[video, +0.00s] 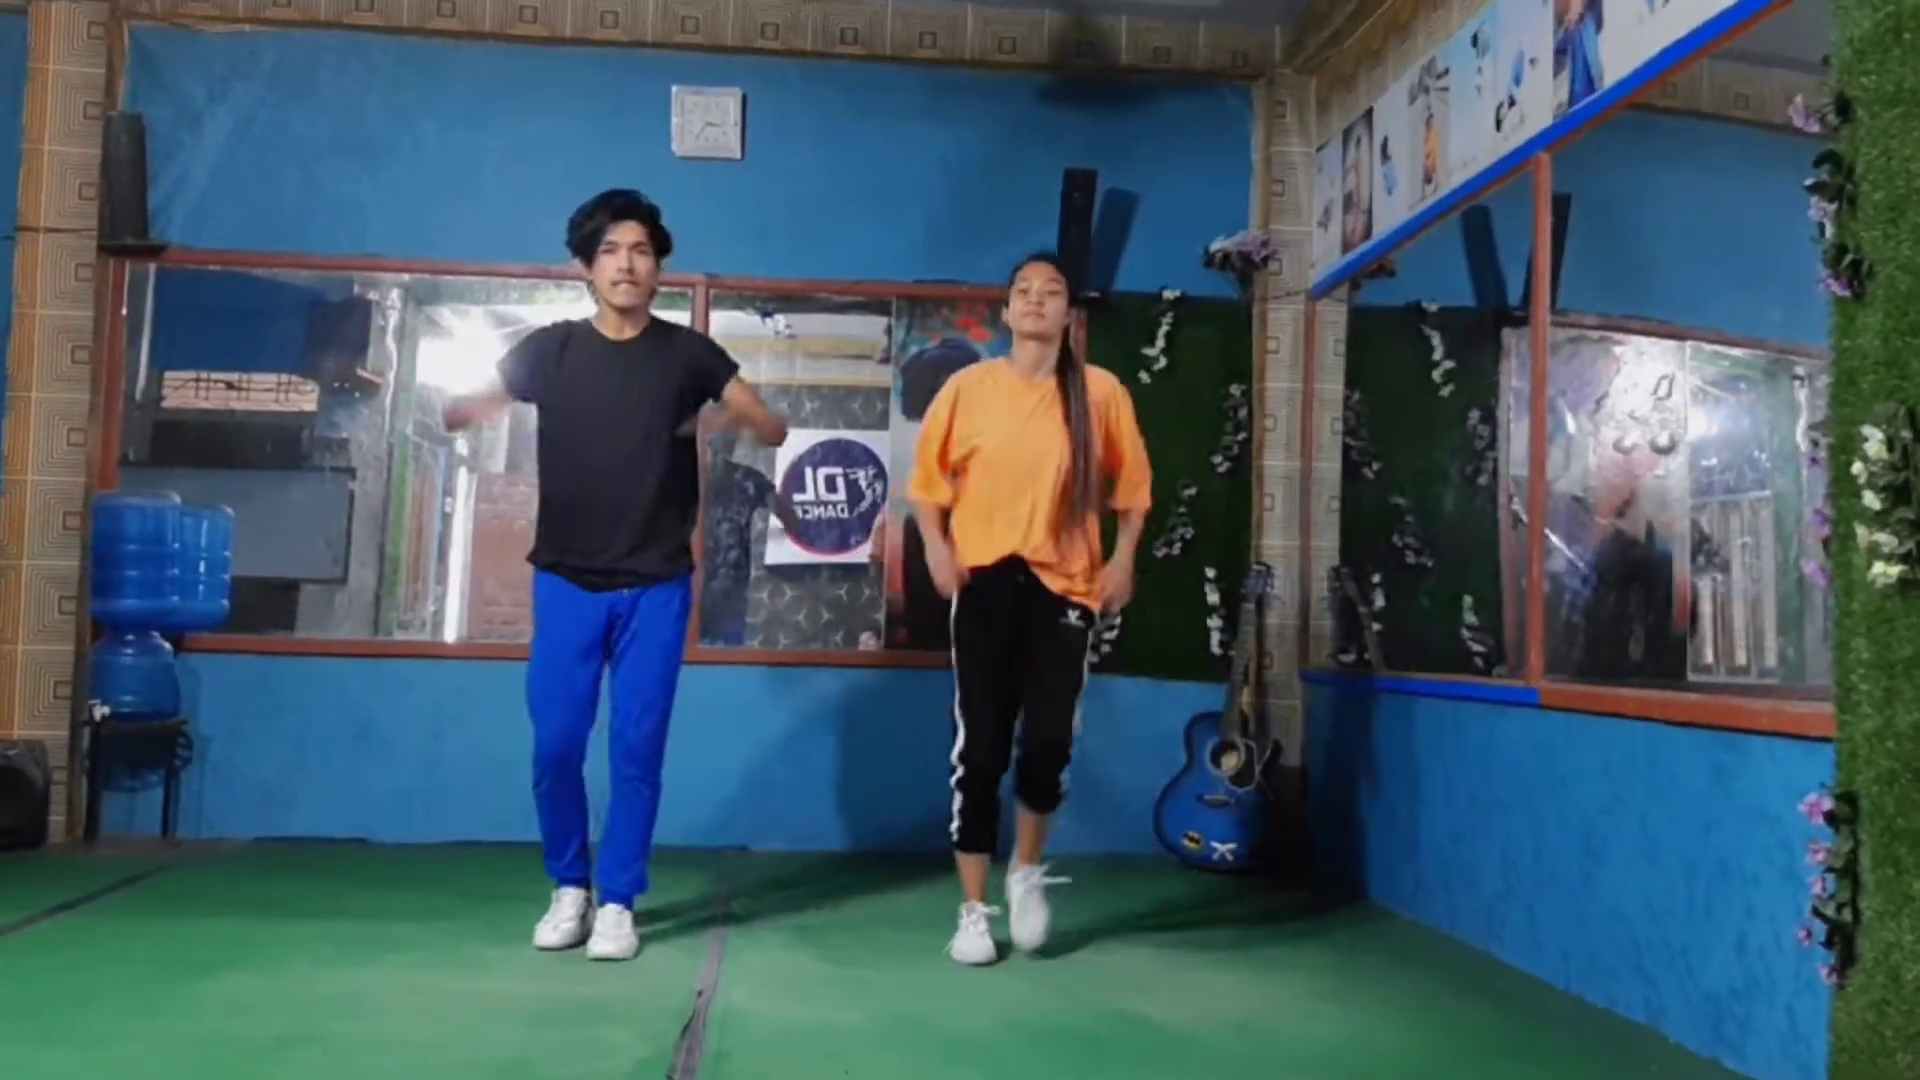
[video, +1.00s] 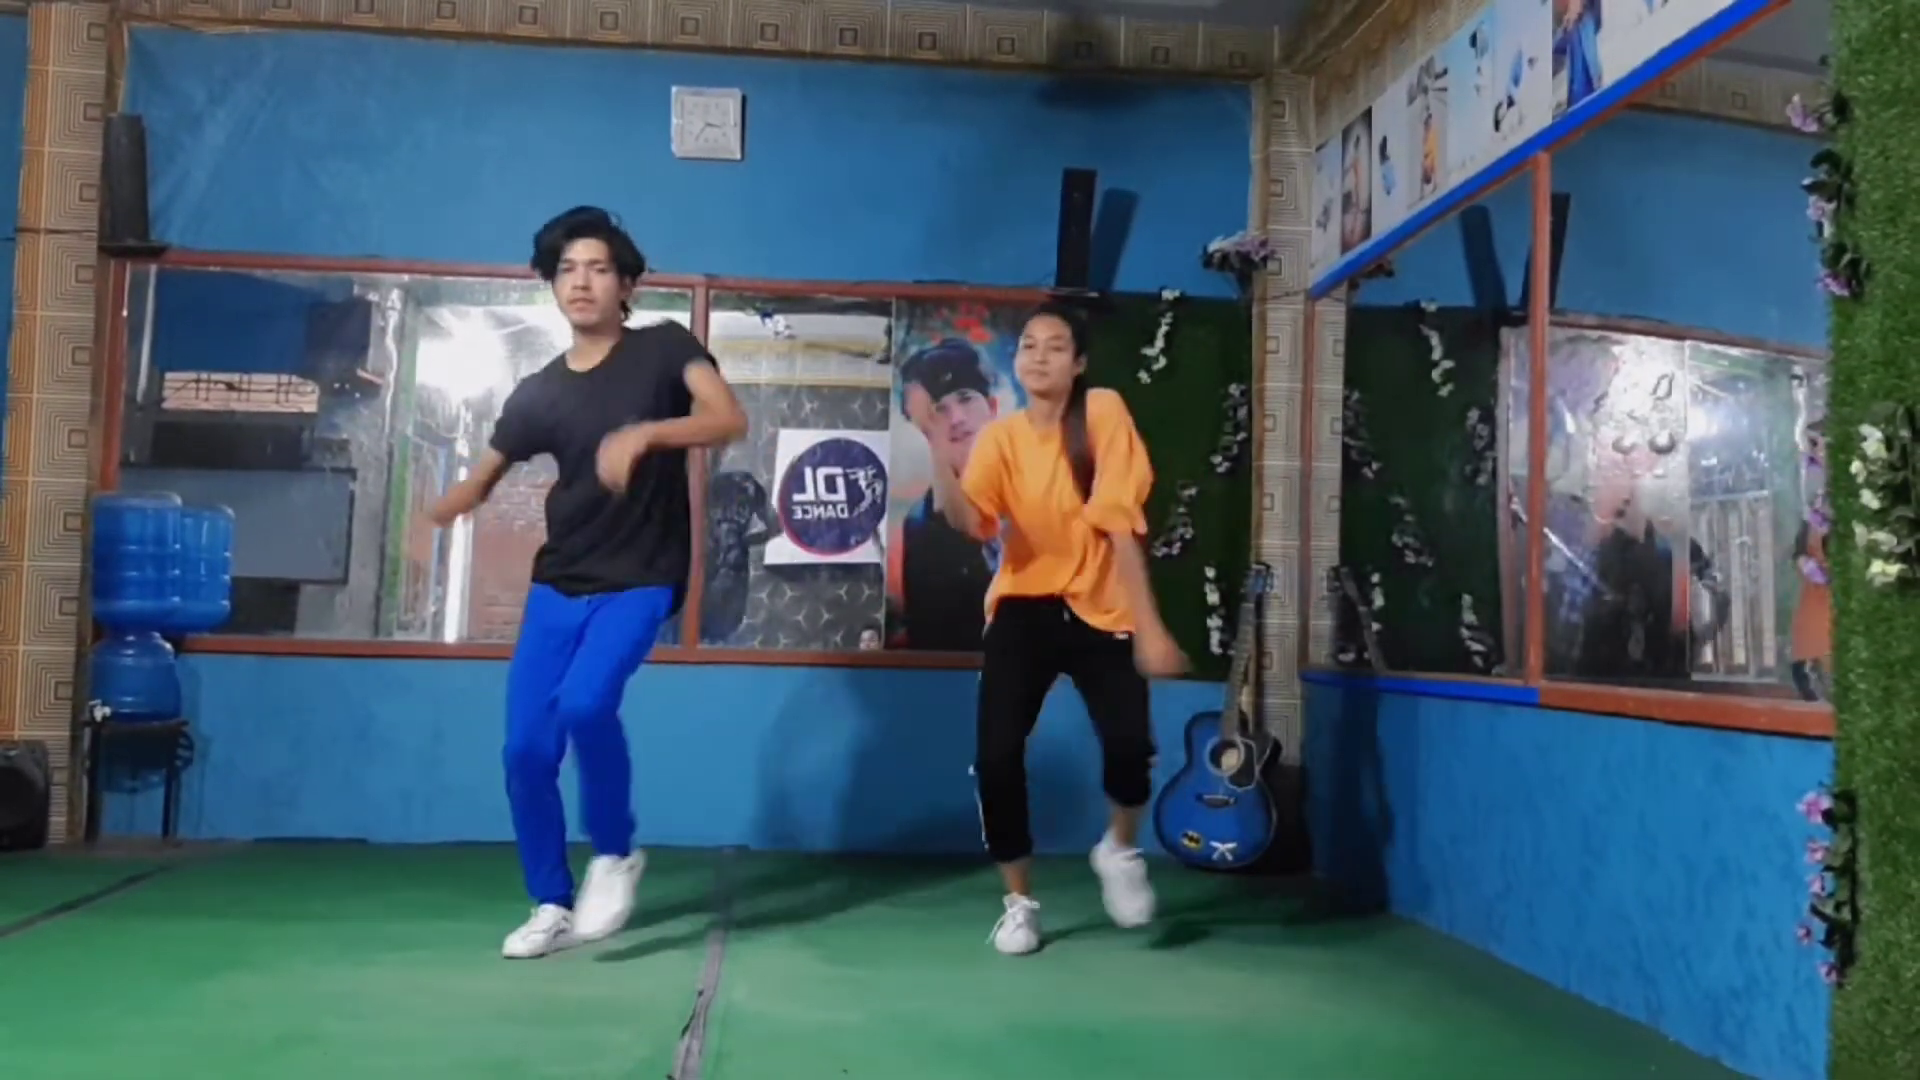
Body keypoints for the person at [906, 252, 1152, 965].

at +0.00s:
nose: (1035, 303)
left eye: (1050, 294)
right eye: (1025, 293)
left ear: (1071, 314)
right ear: (1006, 310)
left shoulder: (1101, 393)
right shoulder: (967, 387)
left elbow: (1133, 487)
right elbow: (924, 482)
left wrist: (1122, 560)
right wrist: (938, 548)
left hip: (1063, 585)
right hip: (982, 580)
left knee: (1048, 744)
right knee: (979, 749)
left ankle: (1027, 870)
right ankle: (974, 908)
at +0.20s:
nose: (1043, 335)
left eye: (1057, 325)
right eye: (1033, 325)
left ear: (1081, 340)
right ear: (1017, 338)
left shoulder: (1113, 415)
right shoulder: (987, 413)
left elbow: (1135, 520)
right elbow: (957, 518)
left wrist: (1171, 513)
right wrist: (937, 514)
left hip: (1081, 597)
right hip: (1001, 592)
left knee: (1082, 750)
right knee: (990, 750)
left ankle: (1045, 863)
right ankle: (977, 909)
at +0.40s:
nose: (1089, 351)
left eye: (1102, 338)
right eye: (1076, 340)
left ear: (1127, 344)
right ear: (1062, 350)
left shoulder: (1156, 429)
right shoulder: (1032, 413)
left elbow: (1179, 549)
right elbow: (979, 501)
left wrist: (1246, 604)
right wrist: (919, 504)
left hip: (1114, 608)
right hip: (1030, 604)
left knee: (1143, 761)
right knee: (982, 743)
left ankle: (1158, 903)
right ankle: (974, 923)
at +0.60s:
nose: (1102, 336)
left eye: (1114, 322)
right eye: (1089, 325)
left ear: (1137, 331)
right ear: (1074, 337)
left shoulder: (1170, 410)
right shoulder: (1043, 394)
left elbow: (1233, 506)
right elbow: (969, 464)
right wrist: (962, 429)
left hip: (1123, 597)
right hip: (1040, 588)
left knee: (1145, 759)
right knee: (976, 691)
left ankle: (1155, 900)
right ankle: (1002, 846)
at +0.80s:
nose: (1084, 323)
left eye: (1097, 311)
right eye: (1071, 312)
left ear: (1119, 323)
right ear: (1055, 324)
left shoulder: (1147, 391)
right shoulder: (1029, 401)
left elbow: (1165, 486)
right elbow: (989, 508)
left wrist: (1114, 447)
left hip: (1106, 582)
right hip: (1029, 578)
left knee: (1075, 746)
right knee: (1019, 743)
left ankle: (1070, 890)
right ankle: (1018, 899)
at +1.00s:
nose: (1039, 356)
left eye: (1053, 347)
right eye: (1029, 346)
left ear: (1078, 362)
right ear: (1016, 361)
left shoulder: (1102, 411)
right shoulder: (1000, 434)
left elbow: (1123, 525)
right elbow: (973, 525)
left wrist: (1148, 626)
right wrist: (940, 453)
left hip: (1102, 603)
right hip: (1023, 607)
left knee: (1131, 743)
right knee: (996, 754)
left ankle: (1121, 850)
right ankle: (1018, 900)